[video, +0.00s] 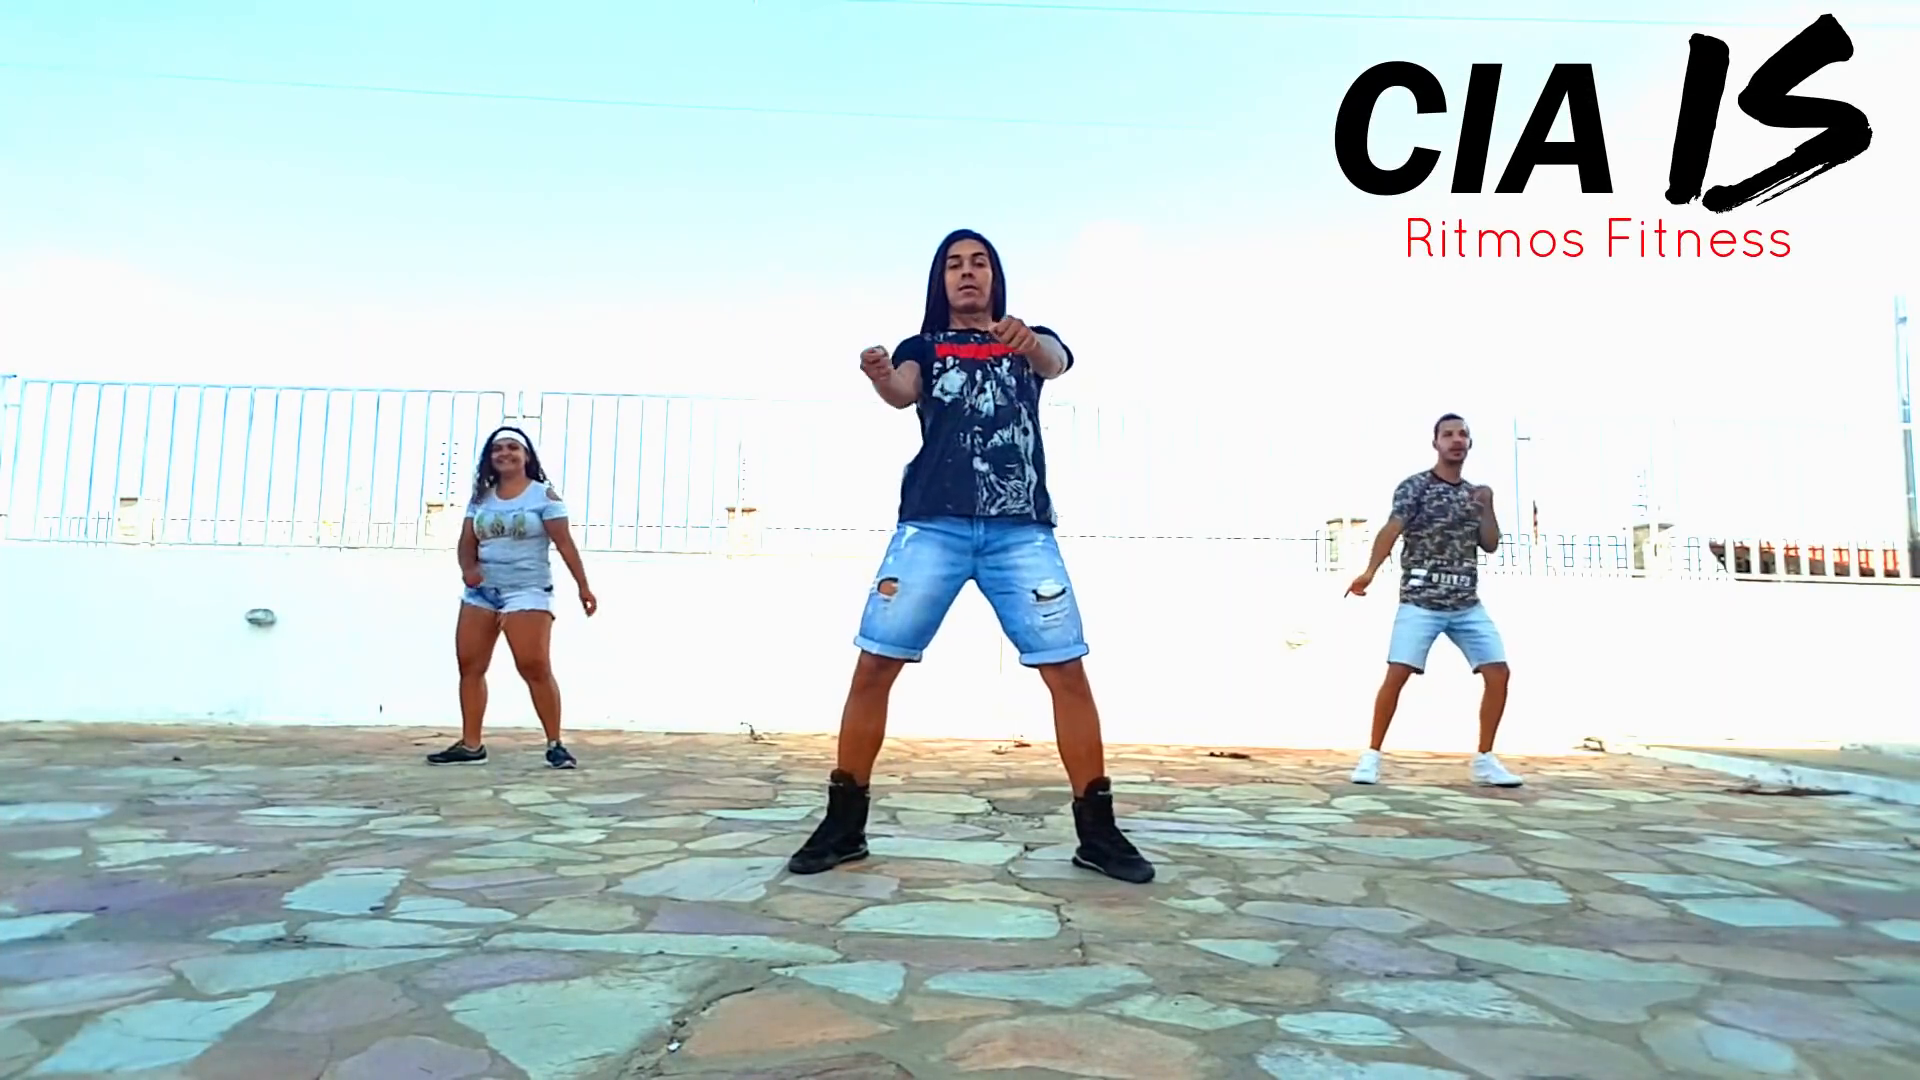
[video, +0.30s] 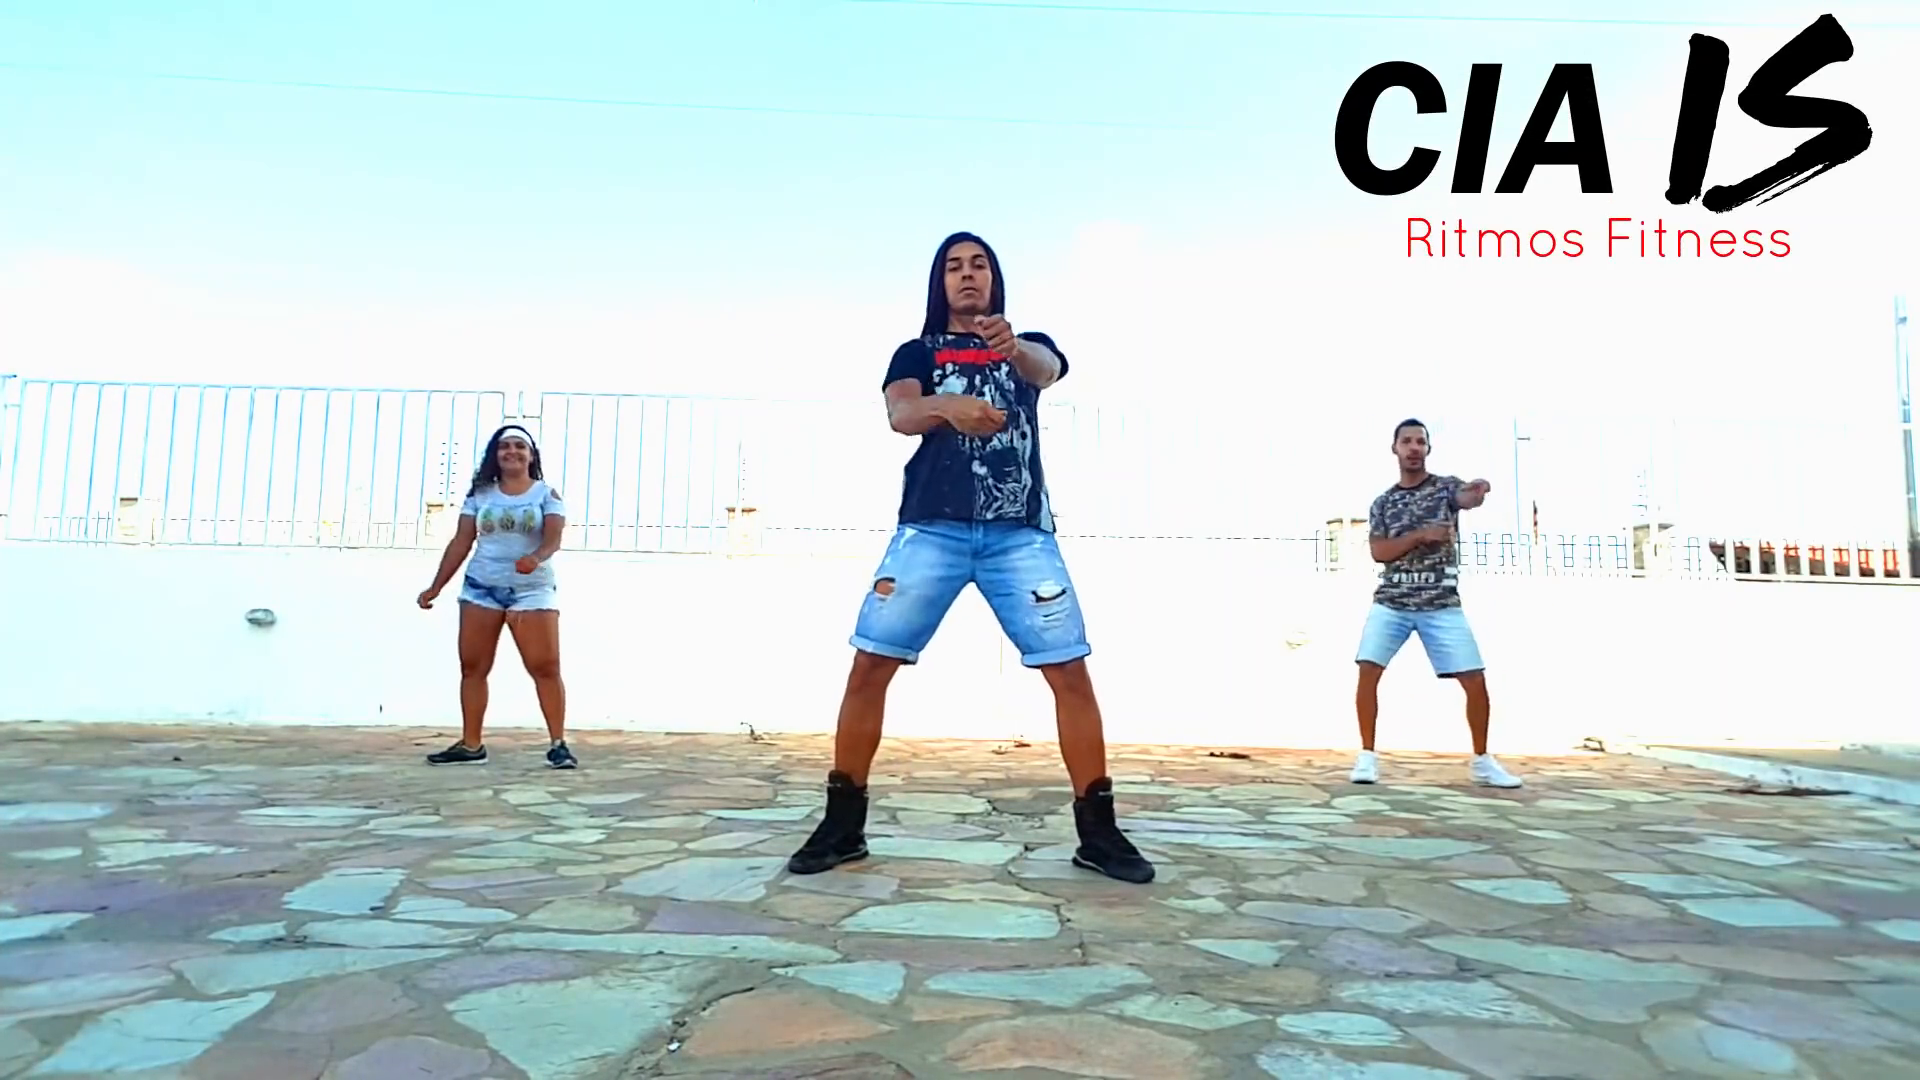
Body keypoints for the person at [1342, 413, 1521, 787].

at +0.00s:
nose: (1457, 440)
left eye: (1462, 435)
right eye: (1449, 434)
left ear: (1470, 444)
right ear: (1435, 443)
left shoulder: (1478, 494)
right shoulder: (1414, 487)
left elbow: (1490, 545)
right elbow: (1390, 532)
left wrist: (1486, 510)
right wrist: (1368, 574)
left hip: (1466, 604)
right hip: (1419, 603)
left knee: (1498, 673)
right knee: (1398, 673)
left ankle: (1484, 759)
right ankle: (1372, 755)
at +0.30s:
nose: (1414, 447)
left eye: (1420, 442)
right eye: (1407, 441)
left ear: (1428, 449)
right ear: (1394, 448)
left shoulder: (1444, 485)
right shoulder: (1383, 504)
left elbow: (1463, 498)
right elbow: (1379, 552)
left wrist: (1476, 492)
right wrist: (1419, 536)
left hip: (1441, 604)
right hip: (1392, 604)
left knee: (1475, 680)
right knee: (1368, 670)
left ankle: (1482, 759)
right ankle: (1367, 755)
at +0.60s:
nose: (1432, 433)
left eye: (1438, 428)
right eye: (1424, 428)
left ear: (1445, 439)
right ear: (1411, 438)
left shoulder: (1459, 485)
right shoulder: (1396, 484)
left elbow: (1477, 527)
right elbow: (1384, 517)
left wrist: (1470, 520)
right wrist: (1428, 504)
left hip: (1462, 599)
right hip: (1415, 599)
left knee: (1495, 672)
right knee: (1396, 674)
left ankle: (1487, 758)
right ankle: (1371, 756)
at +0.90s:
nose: (1465, 444)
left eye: (1466, 439)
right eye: (1457, 437)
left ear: (1458, 448)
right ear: (1433, 444)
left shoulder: (1462, 496)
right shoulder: (1411, 490)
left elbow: (1486, 542)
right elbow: (1415, 528)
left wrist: (1470, 531)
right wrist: (1440, 547)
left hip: (1477, 604)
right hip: (1435, 605)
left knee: (1507, 674)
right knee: (1412, 678)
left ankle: (1487, 759)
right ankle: (1374, 755)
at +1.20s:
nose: (1415, 441)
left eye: (1423, 434)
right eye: (1410, 435)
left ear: (1437, 441)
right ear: (1403, 443)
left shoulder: (1460, 484)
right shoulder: (1392, 496)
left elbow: (1486, 521)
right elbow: (1380, 544)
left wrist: (1497, 553)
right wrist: (1427, 541)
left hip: (1448, 601)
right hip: (1397, 599)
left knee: (1475, 678)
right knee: (1375, 670)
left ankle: (1484, 759)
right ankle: (1368, 755)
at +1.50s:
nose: (1423, 427)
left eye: (1430, 421)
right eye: (1417, 422)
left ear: (1445, 430)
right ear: (1410, 432)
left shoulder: (1465, 483)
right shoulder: (1394, 483)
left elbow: (1473, 541)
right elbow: (1370, 535)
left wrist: (1473, 591)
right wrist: (1356, 586)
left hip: (1454, 598)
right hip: (1404, 597)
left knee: (1479, 673)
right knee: (1387, 672)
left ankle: (1485, 758)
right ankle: (1369, 755)